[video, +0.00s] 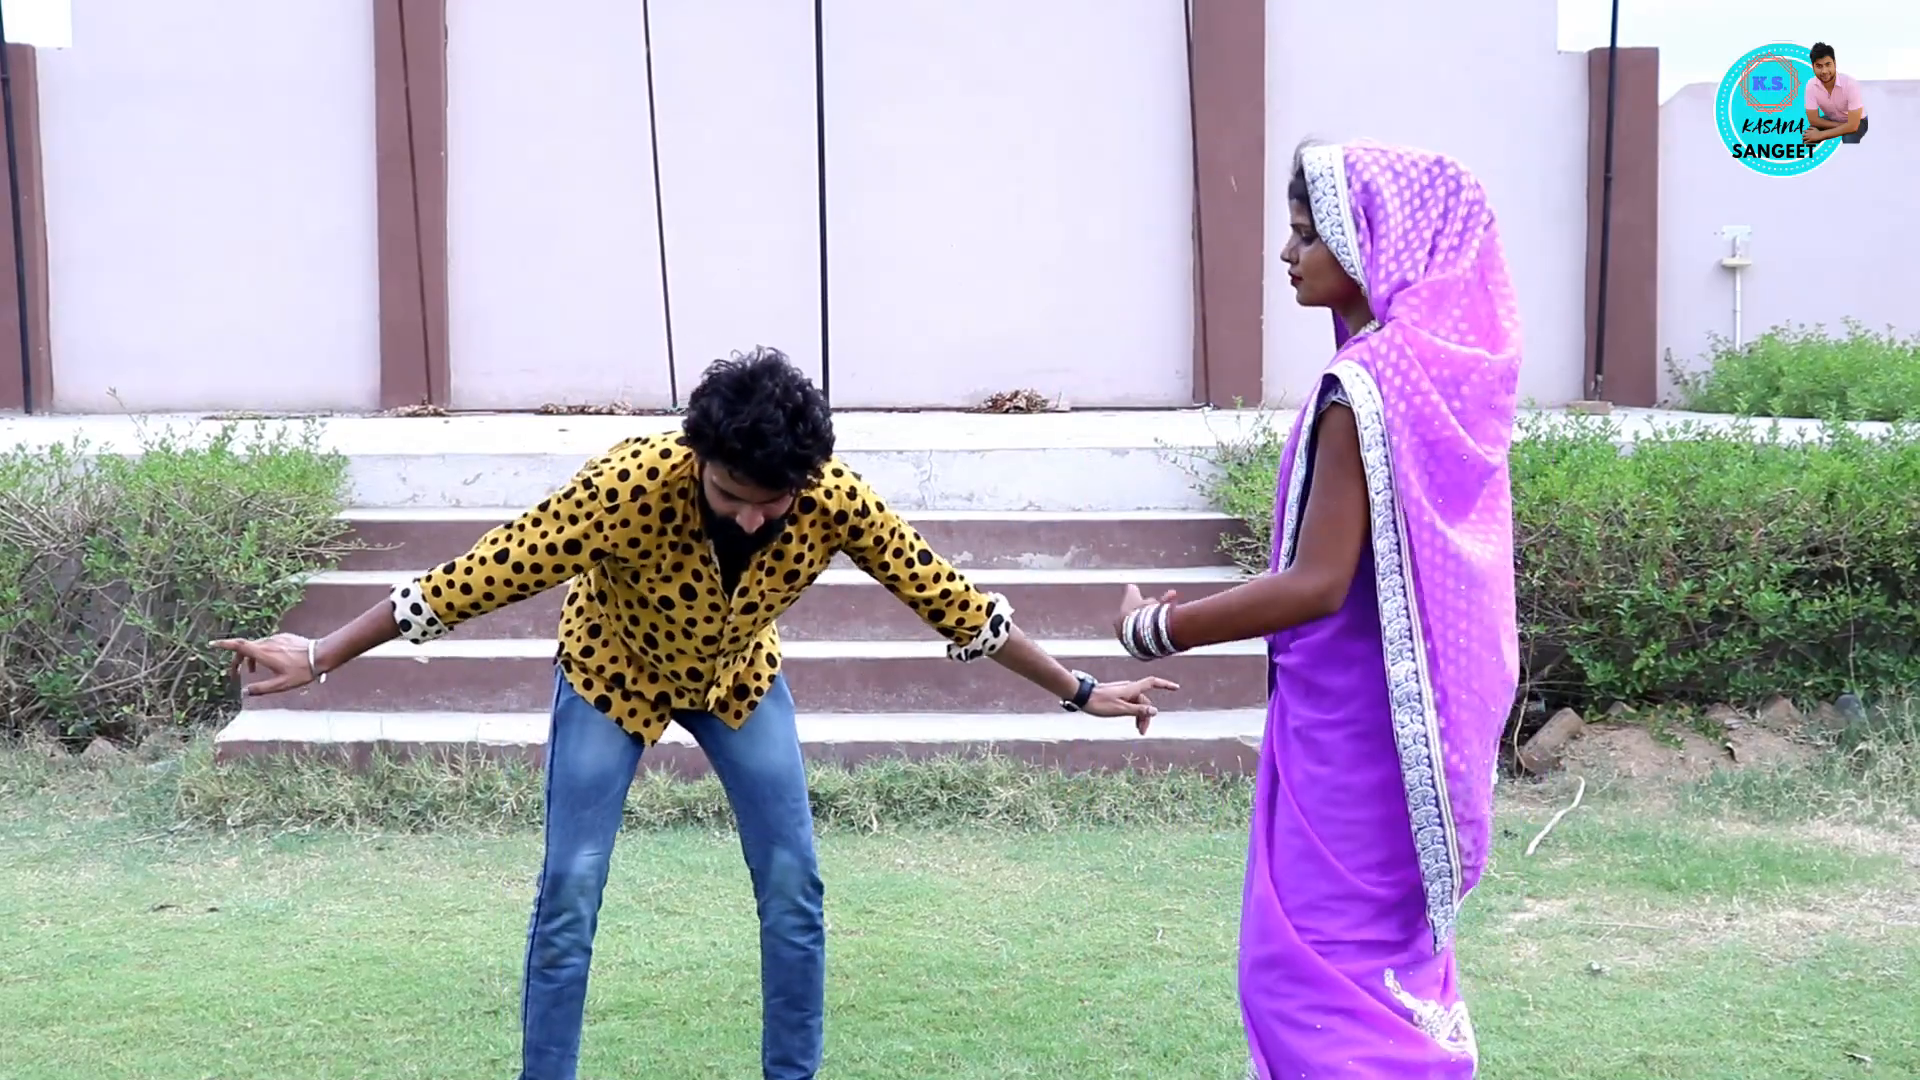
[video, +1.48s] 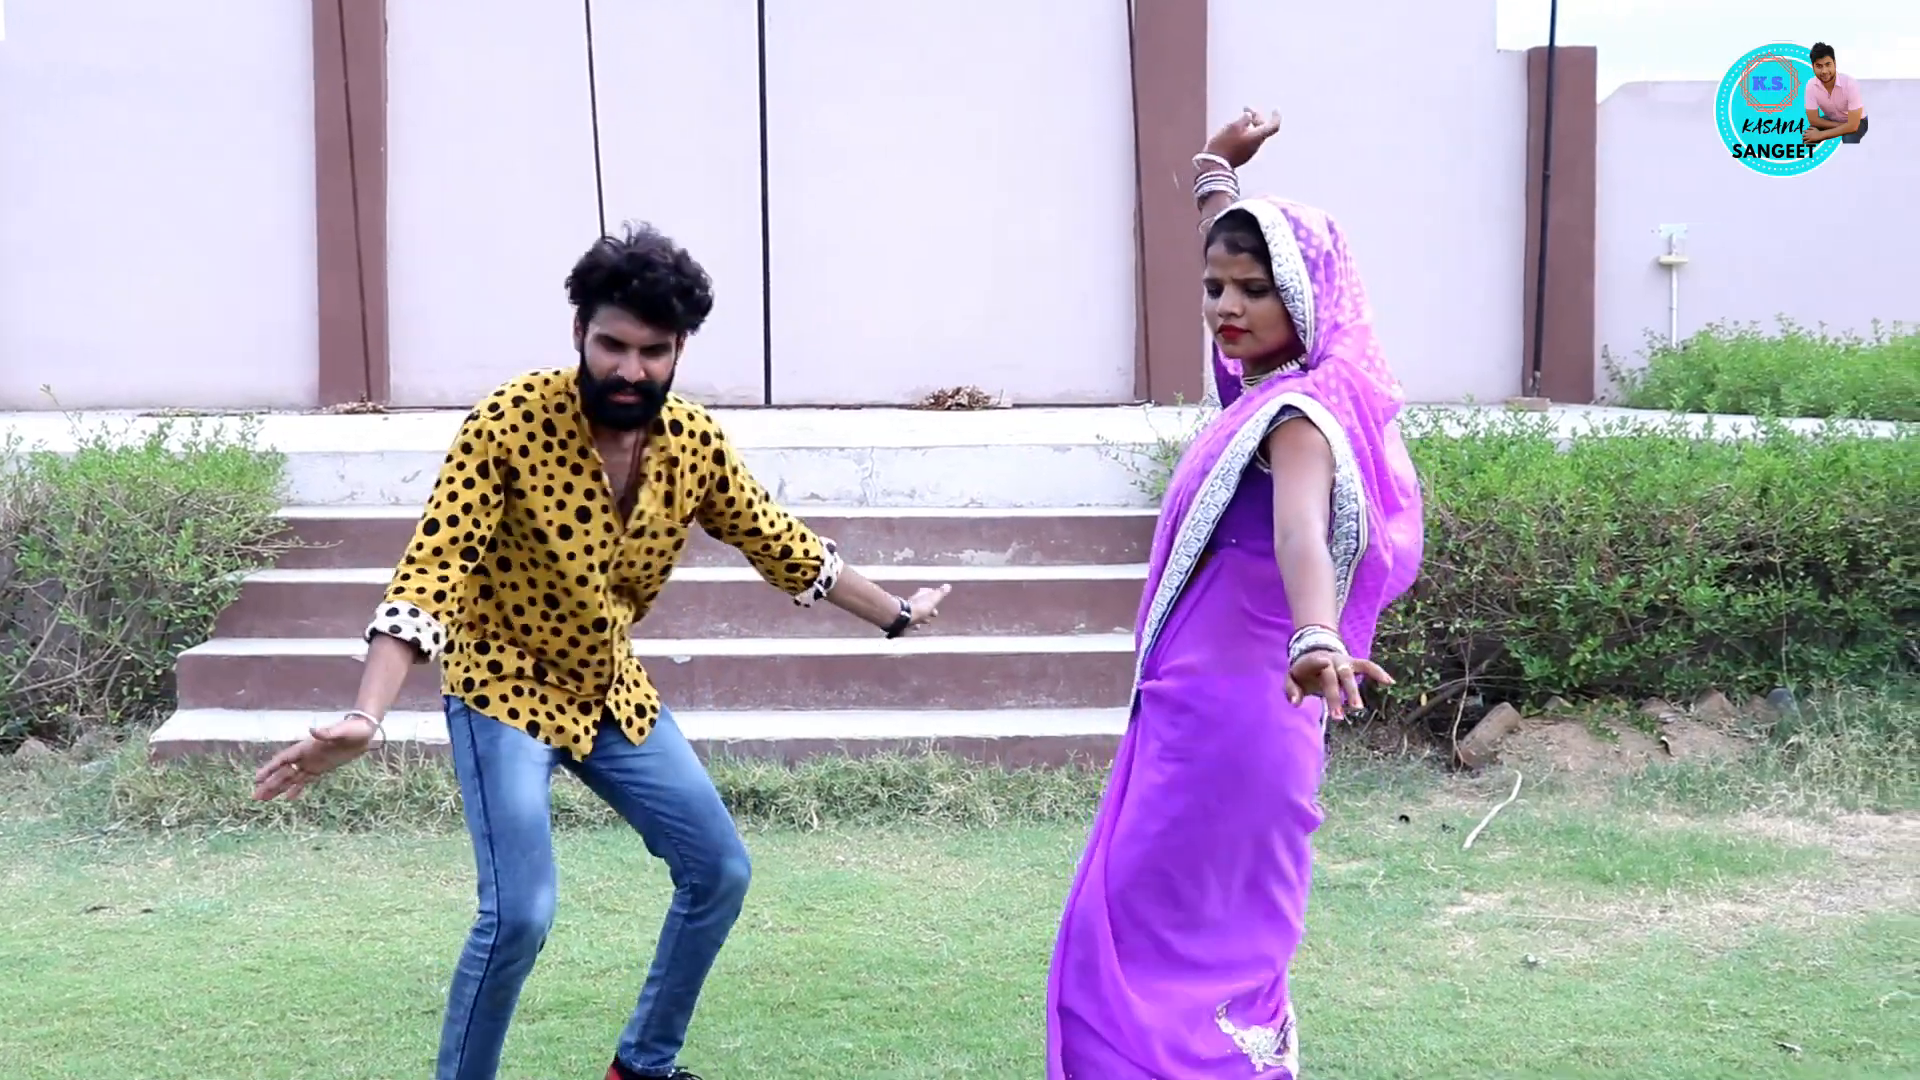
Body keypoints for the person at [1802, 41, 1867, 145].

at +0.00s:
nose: (1824, 71)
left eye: (1828, 65)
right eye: (1819, 66)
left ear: (1835, 64)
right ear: (1813, 67)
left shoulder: (1850, 84)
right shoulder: (1812, 85)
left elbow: (1853, 126)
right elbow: (1813, 120)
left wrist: (1820, 135)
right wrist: (1843, 126)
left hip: (1854, 122)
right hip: (1829, 121)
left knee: (1849, 140)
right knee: (1810, 136)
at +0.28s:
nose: (1824, 71)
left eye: (1828, 65)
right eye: (1819, 66)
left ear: (1835, 64)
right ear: (1813, 67)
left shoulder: (1850, 84)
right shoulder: (1812, 85)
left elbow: (1853, 126)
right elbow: (1813, 120)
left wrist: (1820, 135)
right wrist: (1843, 126)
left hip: (1854, 122)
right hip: (1829, 121)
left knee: (1849, 140)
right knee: (1810, 136)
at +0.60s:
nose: (1824, 71)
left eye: (1828, 65)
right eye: (1819, 66)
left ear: (1835, 64)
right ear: (1813, 67)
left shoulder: (1850, 84)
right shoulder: (1812, 85)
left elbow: (1853, 126)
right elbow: (1813, 120)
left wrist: (1820, 135)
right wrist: (1843, 126)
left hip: (1854, 122)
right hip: (1829, 121)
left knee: (1849, 140)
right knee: (1810, 136)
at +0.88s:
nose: (1824, 71)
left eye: (1828, 65)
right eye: (1819, 66)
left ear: (1835, 64)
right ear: (1813, 67)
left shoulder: (1850, 84)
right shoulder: (1811, 86)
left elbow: (1853, 126)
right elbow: (1813, 120)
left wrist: (1820, 135)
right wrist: (1843, 126)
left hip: (1855, 122)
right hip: (1830, 121)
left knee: (1849, 140)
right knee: (1810, 136)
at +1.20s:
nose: (1824, 71)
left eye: (1828, 65)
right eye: (1819, 66)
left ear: (1835, 64)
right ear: (1813, 67)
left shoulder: (1849, 84)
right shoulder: (1811, 86)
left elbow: (1853, 126)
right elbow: (1813, 120)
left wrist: (1820, 135)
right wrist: (1843, 126)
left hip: (1855, 122)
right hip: (1830, 121)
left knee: (1849, 140)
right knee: (1810, 136)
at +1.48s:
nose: (1824, 71)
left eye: (1828, 65)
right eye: (1819, 66)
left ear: (1835, 64)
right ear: (1813, 67)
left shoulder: (1849, 83)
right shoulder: (1812, 85)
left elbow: (1853, 126)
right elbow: (1813, 120)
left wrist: (1820, 135)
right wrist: (1843, 126)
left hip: (1854, 122)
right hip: (1829, 121)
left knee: (1849, 140)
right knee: (1810, 136)